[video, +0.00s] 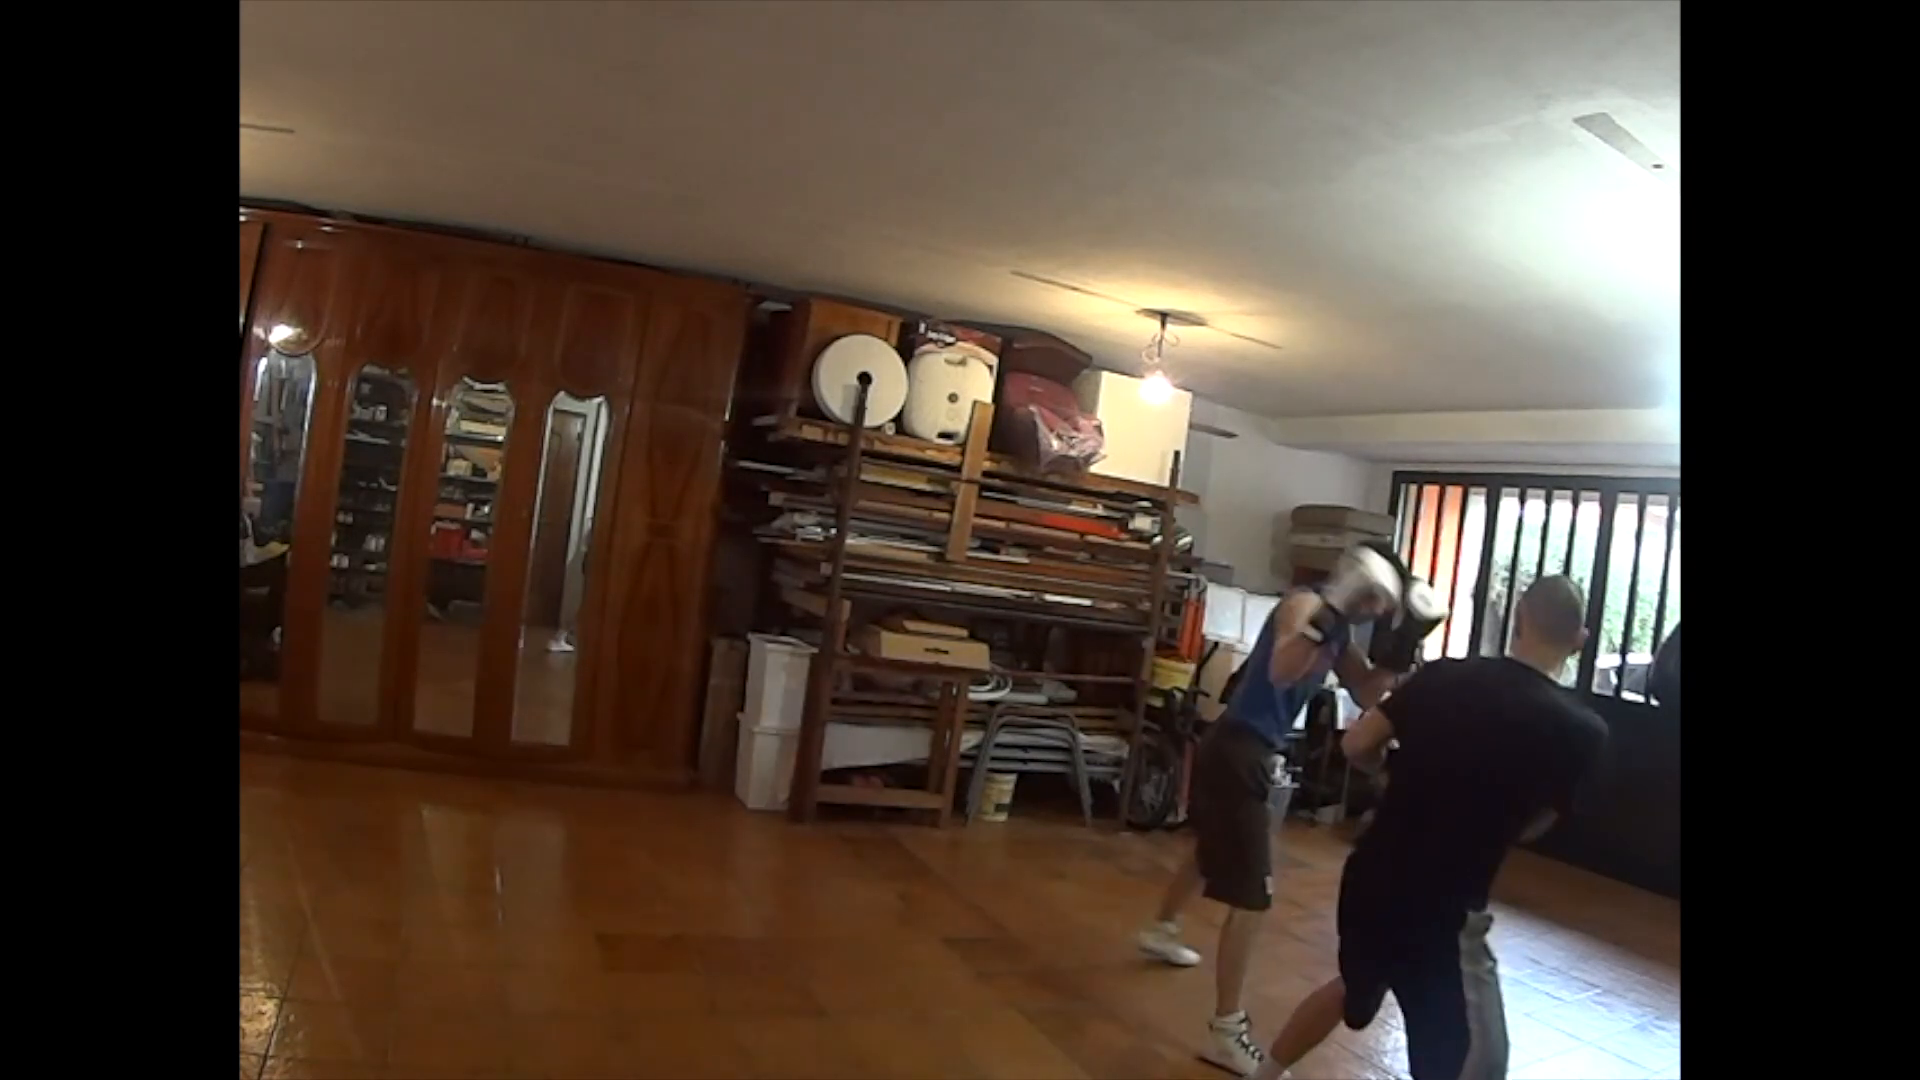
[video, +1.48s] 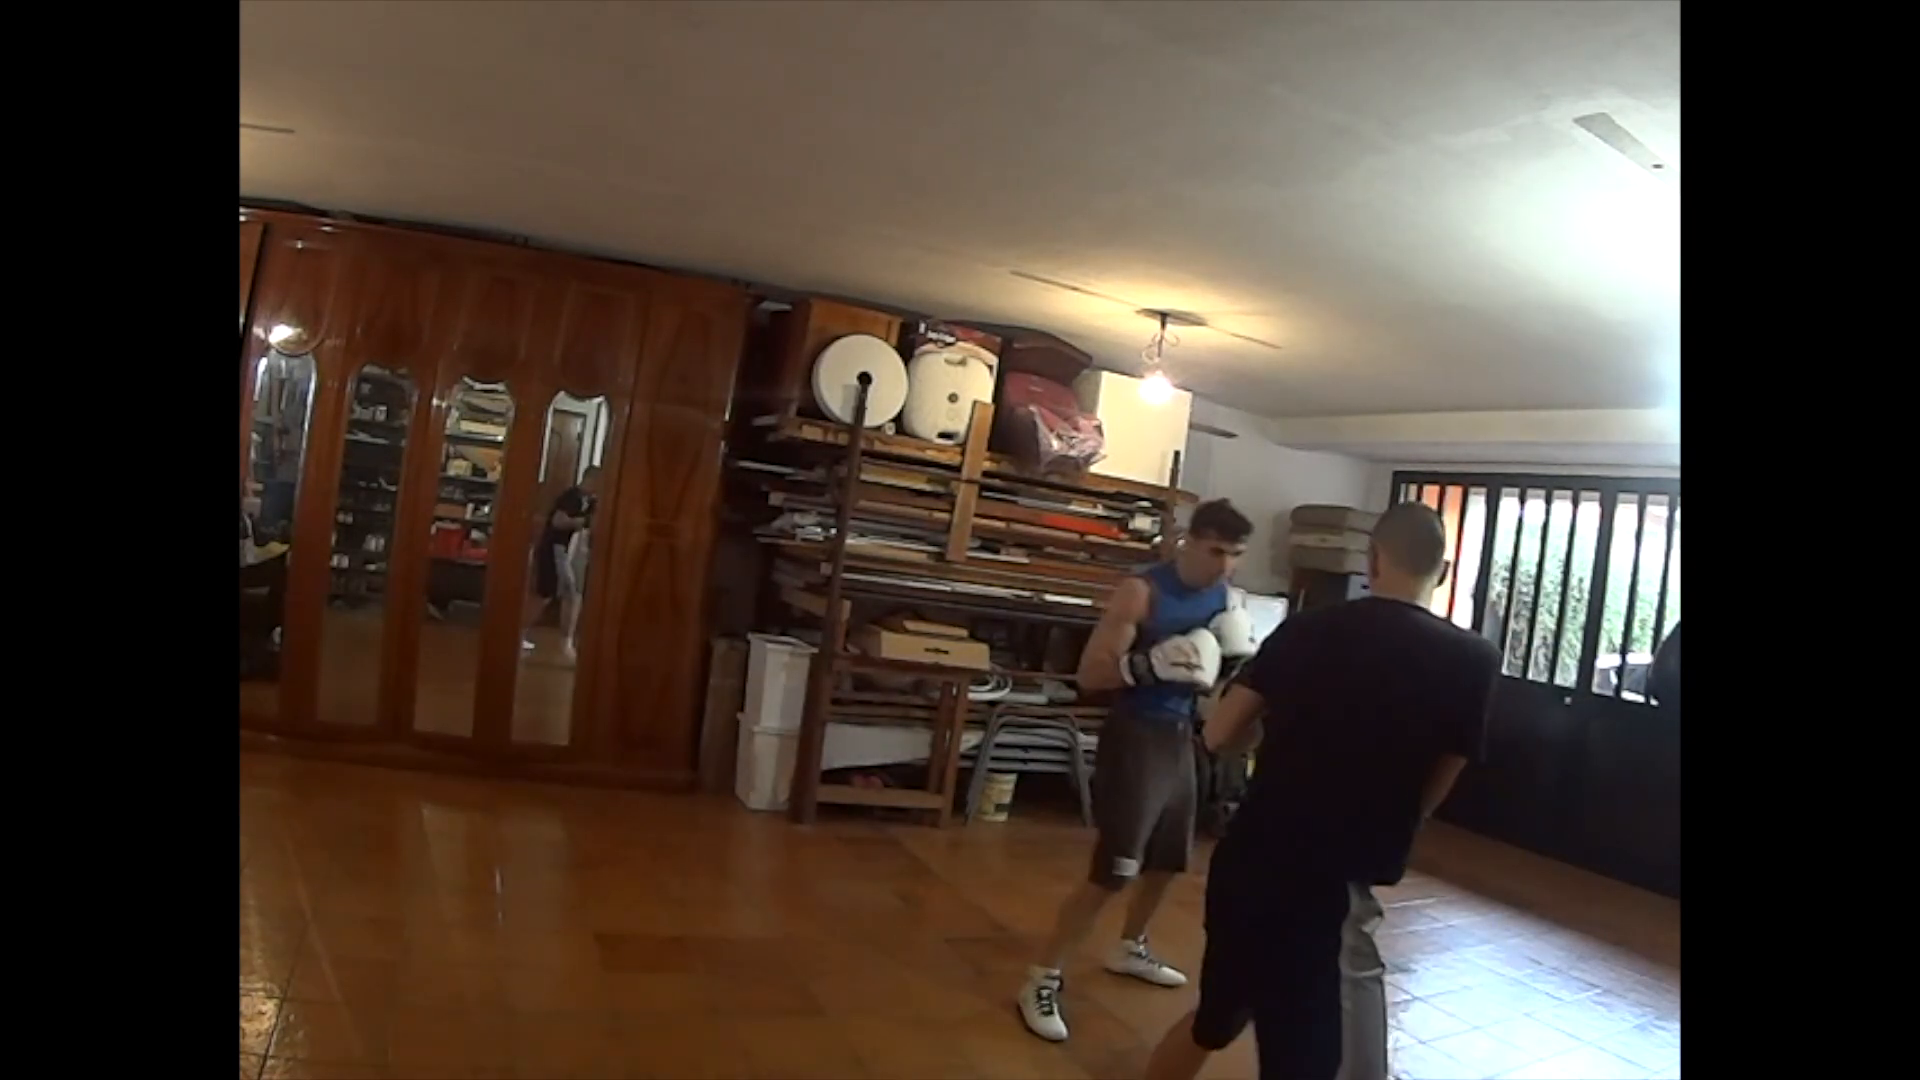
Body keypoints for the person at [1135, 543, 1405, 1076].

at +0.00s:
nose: (1376, 615)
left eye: (1382, 611)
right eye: (1377, 605)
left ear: (1366, 600)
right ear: (1359, 588)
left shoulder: (1337, 630)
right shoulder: (1301, 605)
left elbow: (1370, 692)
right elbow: (1285, 670)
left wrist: (1405, 644)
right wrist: (1333, 616)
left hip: (1252, 750)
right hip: (1236, 750)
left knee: (1207, 848)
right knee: (1251, 897)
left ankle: (1160, 928)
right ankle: (1226, 1026)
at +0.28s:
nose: (1315, 565)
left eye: (1316, 555)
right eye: (1310, 552)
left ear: (1299, 563)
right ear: (1289, 555)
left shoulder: (1282, 611)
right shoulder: (1247, 595)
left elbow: (1314, 675)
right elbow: (1296, 649)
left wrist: (1361, 643)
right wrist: (1310, 597)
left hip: (1237, 757)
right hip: (1215, 755)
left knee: (1201, 861)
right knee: (1243, 897)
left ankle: (1116, 920)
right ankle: (1225, 1029)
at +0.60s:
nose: (1258, 566)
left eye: (1268, 561)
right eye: (1253, 554)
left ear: (1272, 565)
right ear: (1231, 543)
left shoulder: (1246, 606)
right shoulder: (1187, 579)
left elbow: (1254, 673)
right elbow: (1131, 645)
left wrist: (1286, 612)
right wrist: (1183, 608)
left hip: (1197, 729)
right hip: (1170, 723)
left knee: (1163, 843)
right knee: (1174, 857)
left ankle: (1105, 923)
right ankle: (1136, 991)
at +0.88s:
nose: (1227, 565)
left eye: (1234, 556)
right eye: (1219, 553)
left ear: (1237, 555)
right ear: (1196, 544)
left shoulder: (1226, 597)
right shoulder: (1153, 584)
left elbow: (1228, 676)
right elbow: (1097, 656)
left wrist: (1252, 625)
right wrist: (1141, 640)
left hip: (1184, 733)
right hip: (1142, 729)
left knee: (1143, 849)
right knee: (1111, 864)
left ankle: (1102, 929)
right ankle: (1043, 977)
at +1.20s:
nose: (1161, 604)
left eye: (1171, 592)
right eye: (1150, 591)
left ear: (1186, 580)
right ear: (1132, 576)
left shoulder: (1207, 613)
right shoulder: (1104, 606)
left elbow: (1222, 680)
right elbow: (1079, 700)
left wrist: (1213, 700)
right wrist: (1111, 675)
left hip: (1166, 749)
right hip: (1105, 742)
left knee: (1157, 862)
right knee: (1078, 863)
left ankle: (1114, 922)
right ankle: (1040, 976)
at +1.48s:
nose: (1225, 566)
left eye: (1232, 556)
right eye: (1217, 553)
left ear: (1236, 555)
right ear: (1189, 543)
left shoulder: (1221, 595)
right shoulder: (1140, 591)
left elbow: (1221, 682)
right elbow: (1089, 675)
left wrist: (1236, 654)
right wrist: (1149, 663)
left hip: (1182, 739)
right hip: (1134, 737)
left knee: (1166, 860)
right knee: (1113, 872)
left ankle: (1130, 947)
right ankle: (1044, 981)